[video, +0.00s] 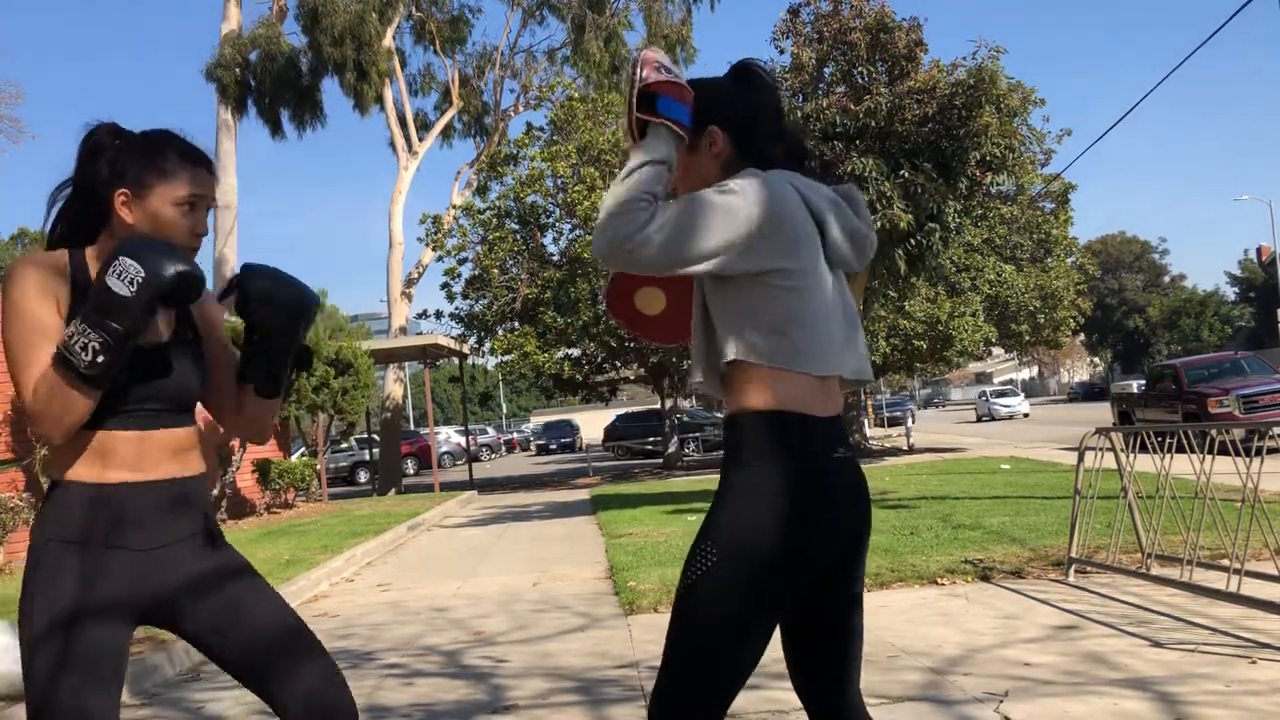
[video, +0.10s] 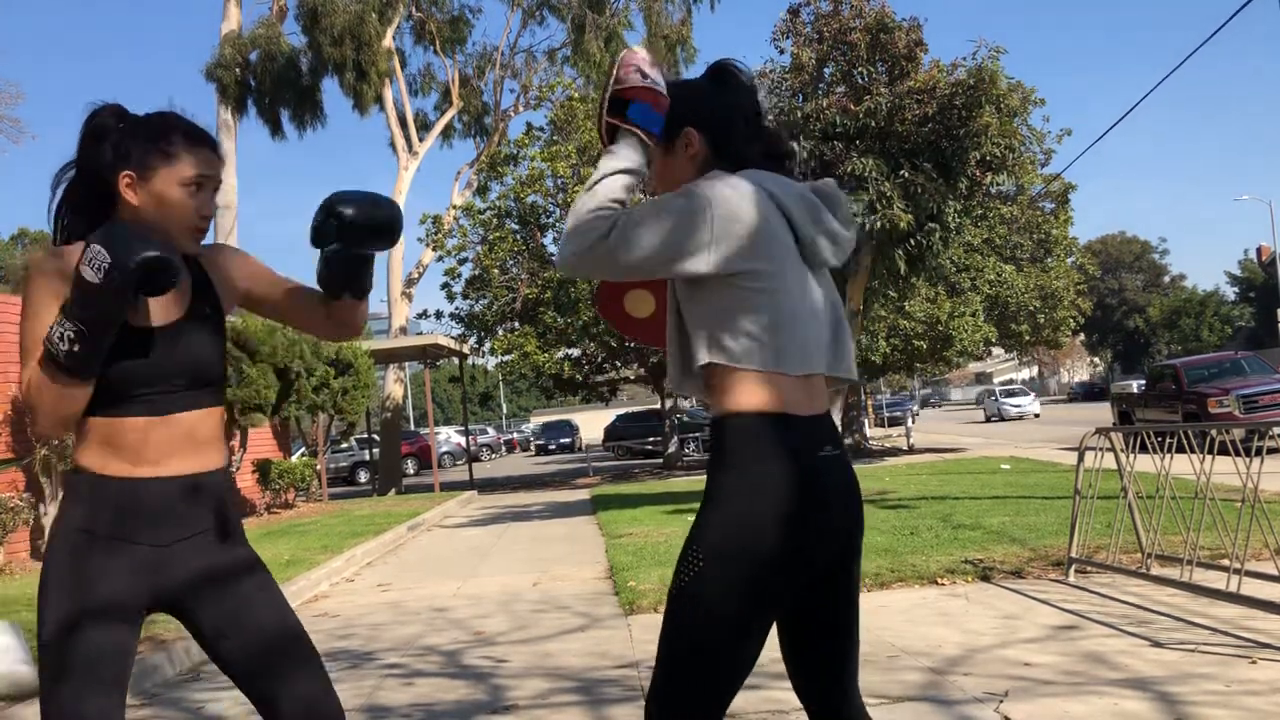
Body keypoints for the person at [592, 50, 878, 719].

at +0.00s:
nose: (677, 175)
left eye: (682, 153)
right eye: (673, 154)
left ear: (716, 144)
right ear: (758, 143)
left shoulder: (749, 200)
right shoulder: (808, 205)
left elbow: (617, 240)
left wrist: (661, 140)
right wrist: (659, 134)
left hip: (767, 482)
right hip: (833, 477)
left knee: (681, 706)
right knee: (836, 701)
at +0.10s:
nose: (651, 176)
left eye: (656, 154)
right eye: (649, 158)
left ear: (691, 146)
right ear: (739, 143)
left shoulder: (721, 202)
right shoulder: (793, 206)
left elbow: (582, 243)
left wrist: (630, 140)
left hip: (753, 483)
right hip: (827, 477)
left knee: (678, 705)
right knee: (836, 698)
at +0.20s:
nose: (629, 187)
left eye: (629, 166)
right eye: (624, 169)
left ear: (665, 146)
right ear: (694, 139)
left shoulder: (699, 202)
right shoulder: (778, 207)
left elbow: (567, 283)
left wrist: (572, 165)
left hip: (746, 473)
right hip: (822, 469)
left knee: (679, 703)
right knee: (840, 697)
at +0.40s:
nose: (633, 193)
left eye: (631, 172)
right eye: (626, 177)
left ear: (670, 148)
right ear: (676, 146)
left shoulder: (712, 203)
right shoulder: (785, 211)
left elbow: (653, 327)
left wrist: (583, 241)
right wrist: (595, 268)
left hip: (750, 479)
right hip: (825, 474)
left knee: (678, 704)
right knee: (835, 696)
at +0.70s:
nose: (672, 195)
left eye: (671, 171)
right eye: (664, 176)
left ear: (713, 146)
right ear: (725, 142)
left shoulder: (760, 200)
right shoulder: (824, 209)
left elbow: (653, 292)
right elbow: (675, 315)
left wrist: (633, 179)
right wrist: (635, 200)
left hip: (778, 474)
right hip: (844, 470)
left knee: (713, 703)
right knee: (842, 697)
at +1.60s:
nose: (647, 175)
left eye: (652, 152)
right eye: (643, 157)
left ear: (702, 137)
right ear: (708, 137)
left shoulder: (732, 203)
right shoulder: (789, 207)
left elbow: (660, 318)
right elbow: (677, 337)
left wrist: (567, 244)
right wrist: (579, 256)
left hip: (758, 485)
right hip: (816, 481)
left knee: (672, 707)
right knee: (833, 702)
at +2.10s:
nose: (649, 165)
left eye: (655, 146)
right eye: (646, 149)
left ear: (705, 135)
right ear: (711, 133)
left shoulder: (735, 199)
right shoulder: (789, 203)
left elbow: (620, 279)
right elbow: (656, 276)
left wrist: (610, 183)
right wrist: (609, 198)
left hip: (764, 480)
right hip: (829, 474)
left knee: (685, 706)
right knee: (836, 702)